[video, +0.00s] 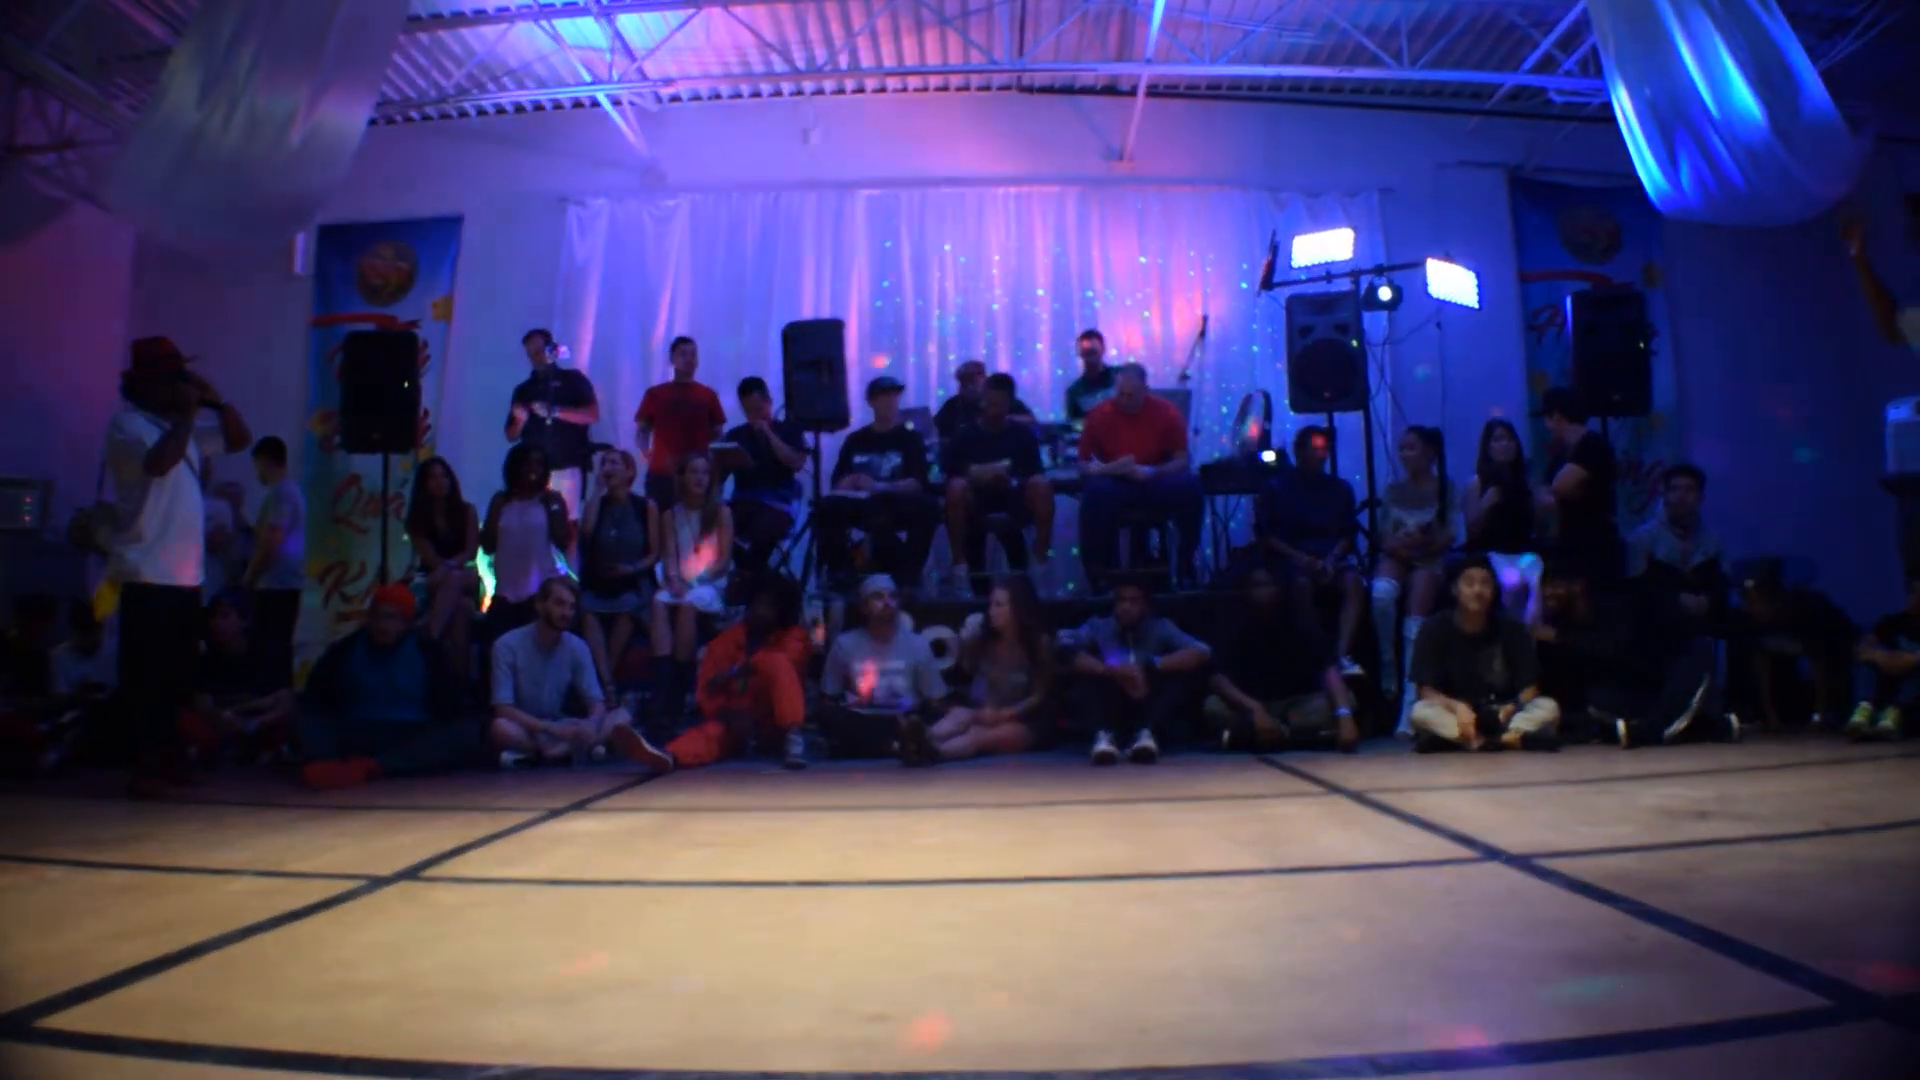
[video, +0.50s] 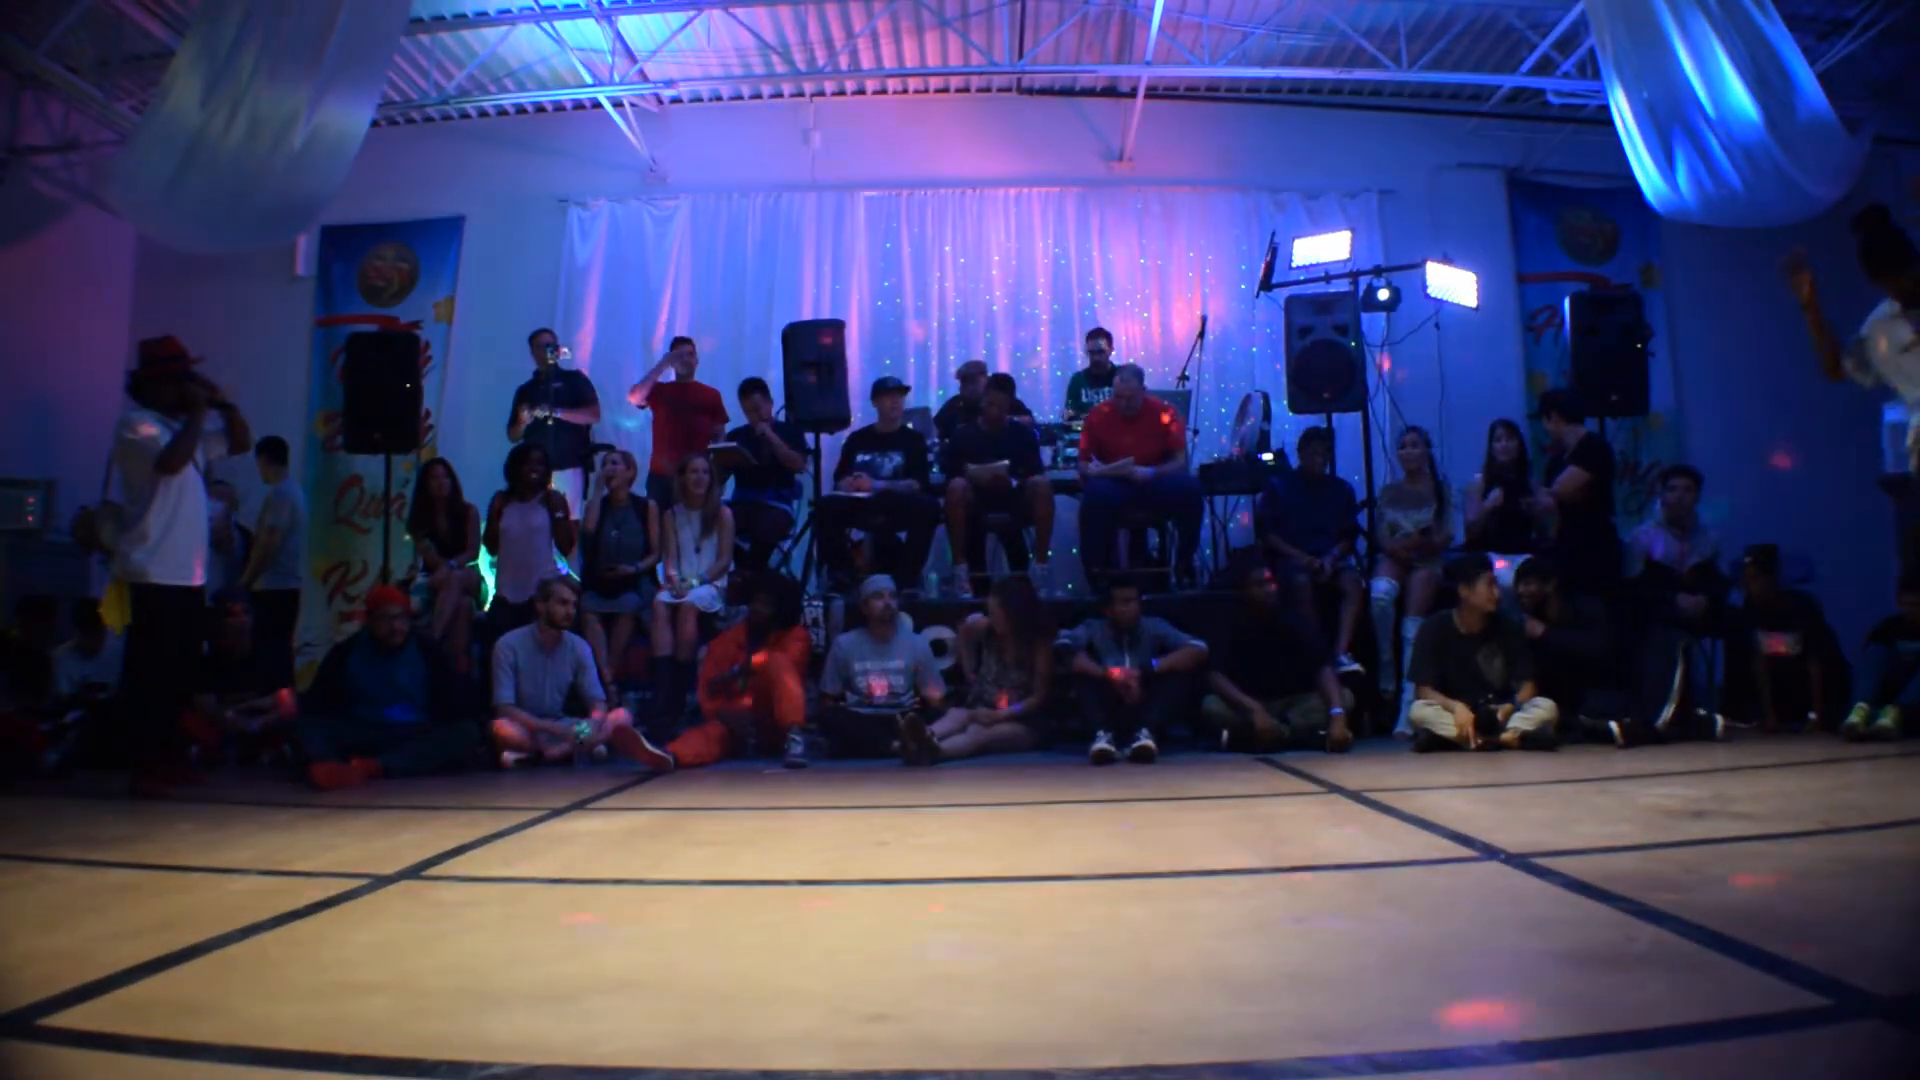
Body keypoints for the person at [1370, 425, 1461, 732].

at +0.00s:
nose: (1404, 455)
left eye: (1411, 448)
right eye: (1402, 448)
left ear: (1429, 452)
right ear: (1399, 454)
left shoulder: (1446, 490)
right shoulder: (1393, 491)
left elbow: (1452, 533)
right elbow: (1383, 534)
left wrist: (1420, 543)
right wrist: (1401, 542)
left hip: (1428, 556)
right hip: (1395, 556)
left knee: (1414, 627)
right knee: (1381, 594)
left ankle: (1410, 702)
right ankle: (1387, 669)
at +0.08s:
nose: (1405, 455)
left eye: (1412, 448)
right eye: (1403, 449)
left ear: (1430, 452)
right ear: (1400, 454)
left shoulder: (1446, 489)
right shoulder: (1392, 491)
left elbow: (1452, 531)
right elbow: (1383, 531)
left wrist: (1423, 542)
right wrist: (1396, 545)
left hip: (1428, 558)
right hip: (1394, 557)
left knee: (1413, 624)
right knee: (1384, 592)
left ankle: (1411, 690)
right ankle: (1387, 668)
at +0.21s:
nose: (1406, 454)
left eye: (1412, 448)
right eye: (1403, 449)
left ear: (1429, 452)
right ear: (1400, 454)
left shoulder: (1445, 490)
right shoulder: (1392, 491)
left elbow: (1450, 533)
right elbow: (1383, 532)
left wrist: (1417, 542)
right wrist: (1398, 544)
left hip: (1427, 555)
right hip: (1394, 555)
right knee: (1381, 593)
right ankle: (1386, 669)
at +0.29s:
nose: (1406, 455)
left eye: (1413, 448)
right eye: (1403, 449)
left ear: (1430, 453)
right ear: (1399, 454)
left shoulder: (1444, 491)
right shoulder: (1392, 491)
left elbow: (1449, 533)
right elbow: (1382, 531)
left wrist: (1419, 546)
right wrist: (1396, 546)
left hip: (1426, 558)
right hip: (1393, 556)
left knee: (1414, 625)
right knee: (1381, 596)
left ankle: (1409, 696)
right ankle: (1385, 671)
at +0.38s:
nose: (1408, 454)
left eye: (1414, 448)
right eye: (1404, 448)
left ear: (1430, 452)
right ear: (1400, 454)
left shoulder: (1444, 490)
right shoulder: (1392, 491)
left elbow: (1450, 533)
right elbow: (1382, 531)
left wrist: (1420, 543)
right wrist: (1395, 546)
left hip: (1426, 558)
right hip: (1394, 557)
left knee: (1413, 628)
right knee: (1380, 596)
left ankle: (1410, 693)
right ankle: (1385, 666)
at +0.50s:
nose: (1409, 452)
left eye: (1415, 446)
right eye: (1403, 447)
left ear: (1427, 451)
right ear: (1398, 454)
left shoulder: (1442, 490)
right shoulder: (1388, 493)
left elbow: (1447, 533)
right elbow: (1380, 533)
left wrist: (1417, 542)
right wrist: (1396, 548)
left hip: (1426, 557)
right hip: (1393, 556)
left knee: (1413, 628)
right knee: (1381, 596)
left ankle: (1409, 694)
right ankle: (1385, 669)